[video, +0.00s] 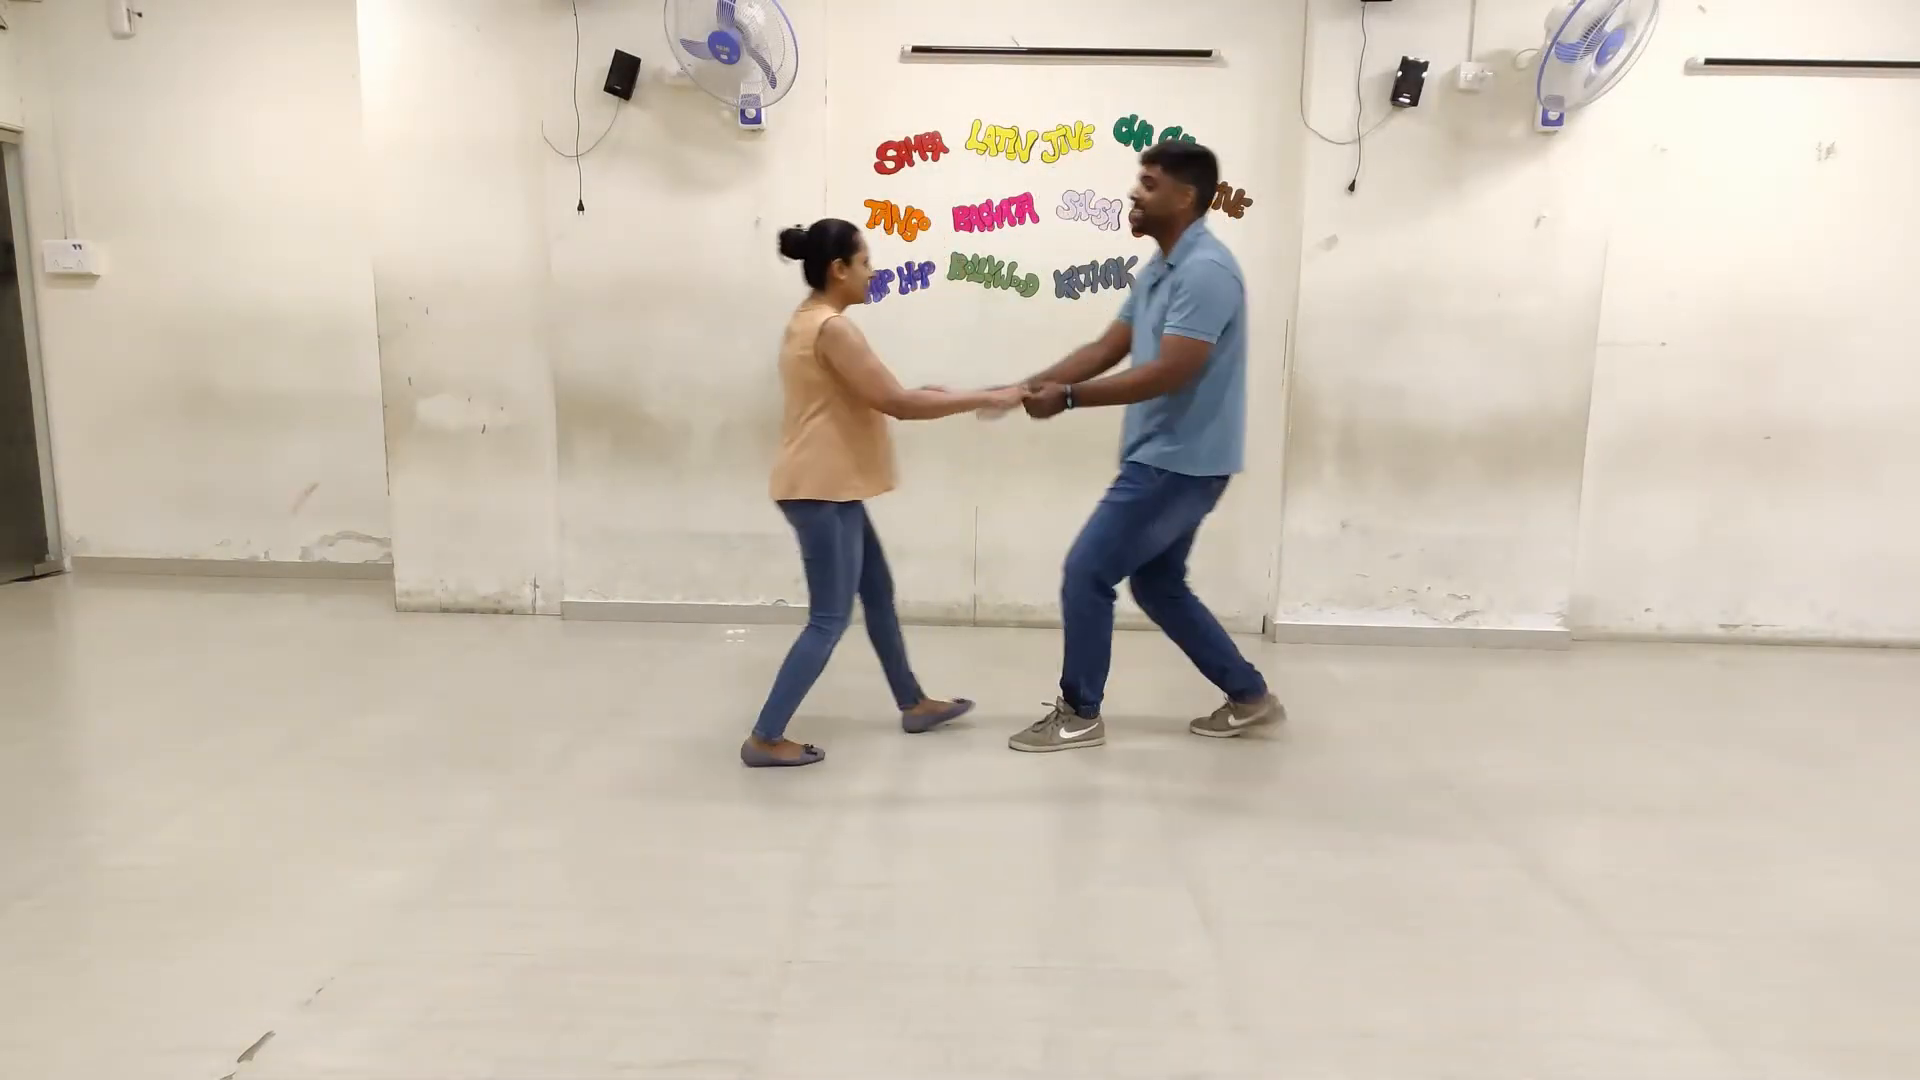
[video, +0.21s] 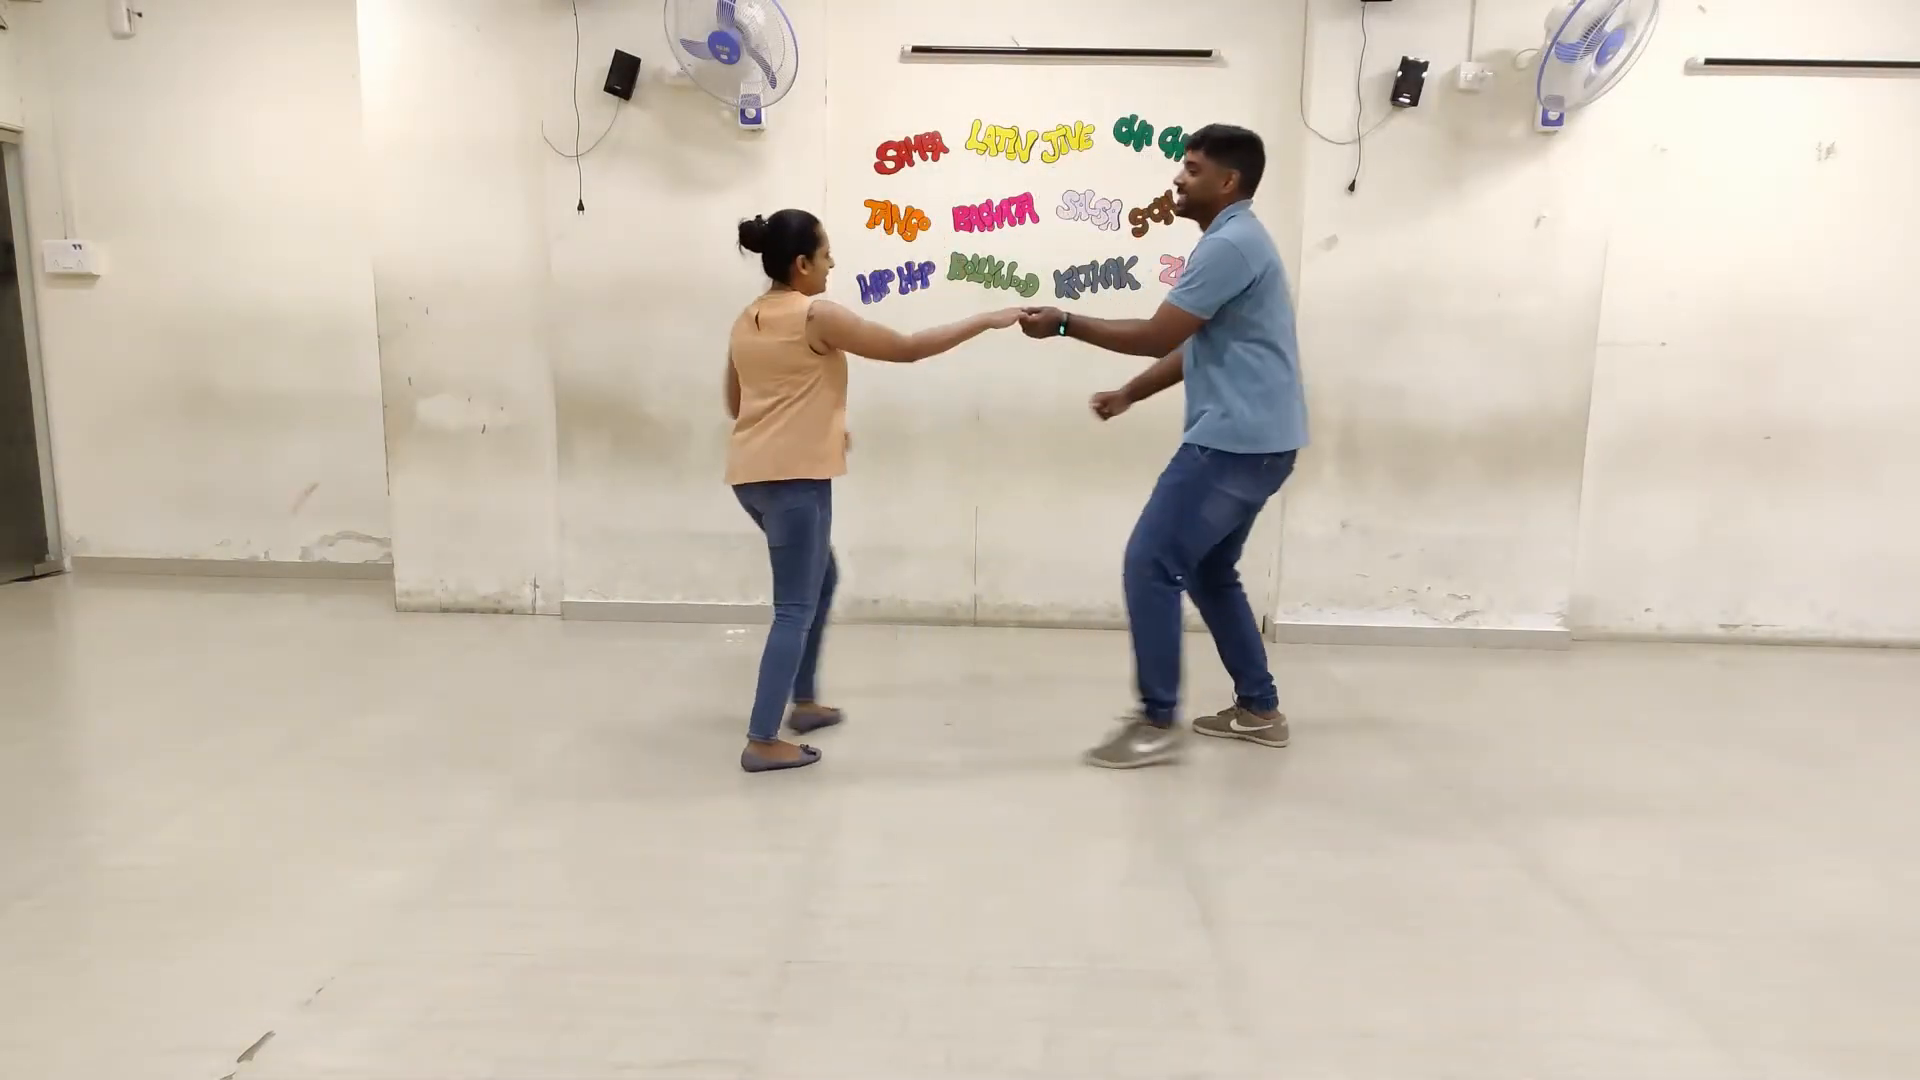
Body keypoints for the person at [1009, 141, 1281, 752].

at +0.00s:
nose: (1135, 192)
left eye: (1151, 184)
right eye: (1140, 180)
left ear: (1191, 200)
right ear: (1156, 190)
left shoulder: (1207, 269)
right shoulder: (1157, 268)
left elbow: (1176, 371)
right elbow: (1108, 349)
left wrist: (1071, 394)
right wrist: (1030, 387)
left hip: (1183, 460)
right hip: (1166, 456)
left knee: (1087, 570)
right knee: (1157, 587)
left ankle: (1079, 712)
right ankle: (1251, 697)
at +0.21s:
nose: (1178, 176)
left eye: (1192, 168)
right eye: (1182, 165)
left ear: (1229, 180)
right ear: (1225, 182)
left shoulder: (1232, 240)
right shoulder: (1242, 240)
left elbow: (1160, 334)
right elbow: (1202, 348)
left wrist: (1063, 323)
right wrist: (1130, 392)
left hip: (1232, 438)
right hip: (1262, 438)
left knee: (1149, 560)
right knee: (1209, 571)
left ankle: (1157, 721)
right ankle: (1259, 708)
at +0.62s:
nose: (1174, 196)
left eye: (1189, 188)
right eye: (1176, 186)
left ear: (1231, 202)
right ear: (1183, 197)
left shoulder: (1246, 262)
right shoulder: (1185, 275)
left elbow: (1199, 357)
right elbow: (1161, 356)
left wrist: (1112, 334)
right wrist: (1115, 411)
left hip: (1240, 460)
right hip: (1199, 459)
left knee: (1146, 582)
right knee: (1196, 595)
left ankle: (1102, 720)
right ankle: (1282, 703)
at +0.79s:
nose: (1169, 190)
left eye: (1185, 181)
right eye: (1160, 179)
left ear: (1207, 194)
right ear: (1146, 190)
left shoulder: (1225, 249)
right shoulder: (1121, 273)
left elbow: (1184, 327)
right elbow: (1099, 363)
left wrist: (1100, 287)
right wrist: (1080, 426)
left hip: (1190, 463)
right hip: (1131, 462)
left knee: (1112, 602)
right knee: (1120, 601)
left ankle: (1093, 724)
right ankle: (1233, 661)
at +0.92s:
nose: (1153, 170)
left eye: (1166, 161)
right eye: (1140, 160)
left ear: (1180, 173)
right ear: (1116, 171)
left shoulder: (1201, 221)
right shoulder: (1085, 251)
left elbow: (1166, 276)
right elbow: (1065, 350)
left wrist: (1084, 241)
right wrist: (1079, 423)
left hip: (1164, 447)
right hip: (1089, 447)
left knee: (1119, 598)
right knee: (1057, 595)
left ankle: (1095, 718)